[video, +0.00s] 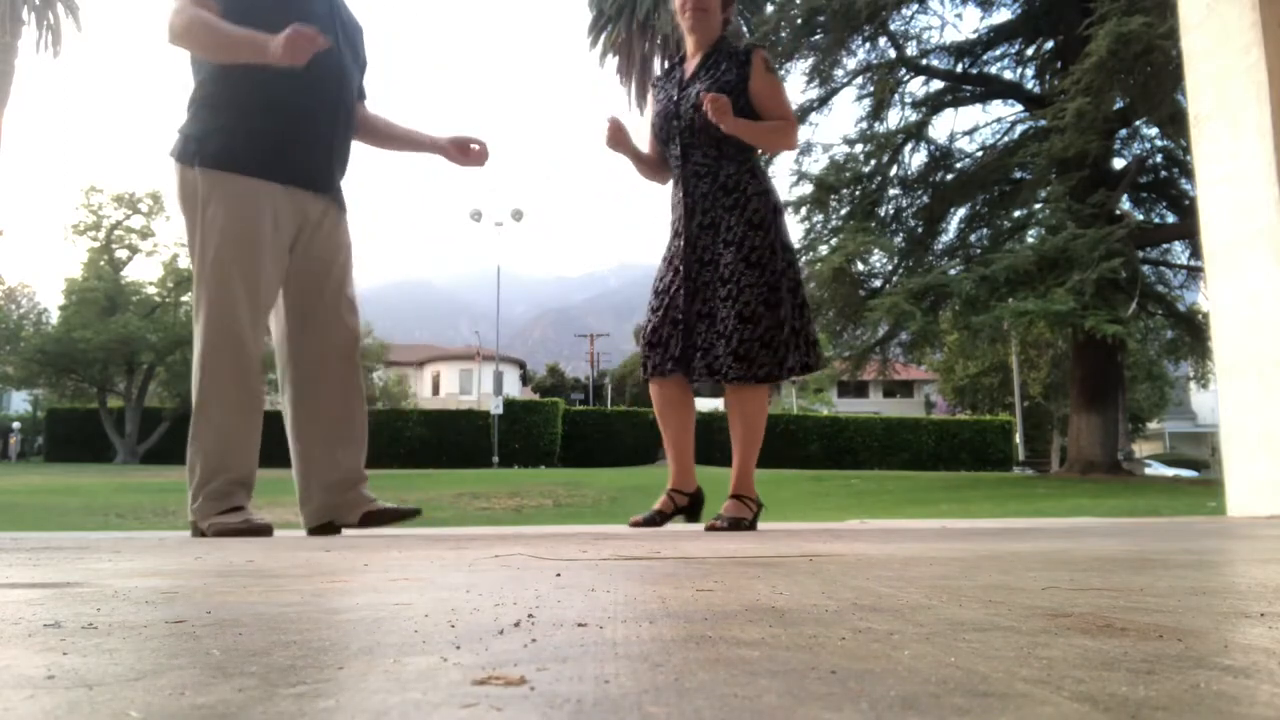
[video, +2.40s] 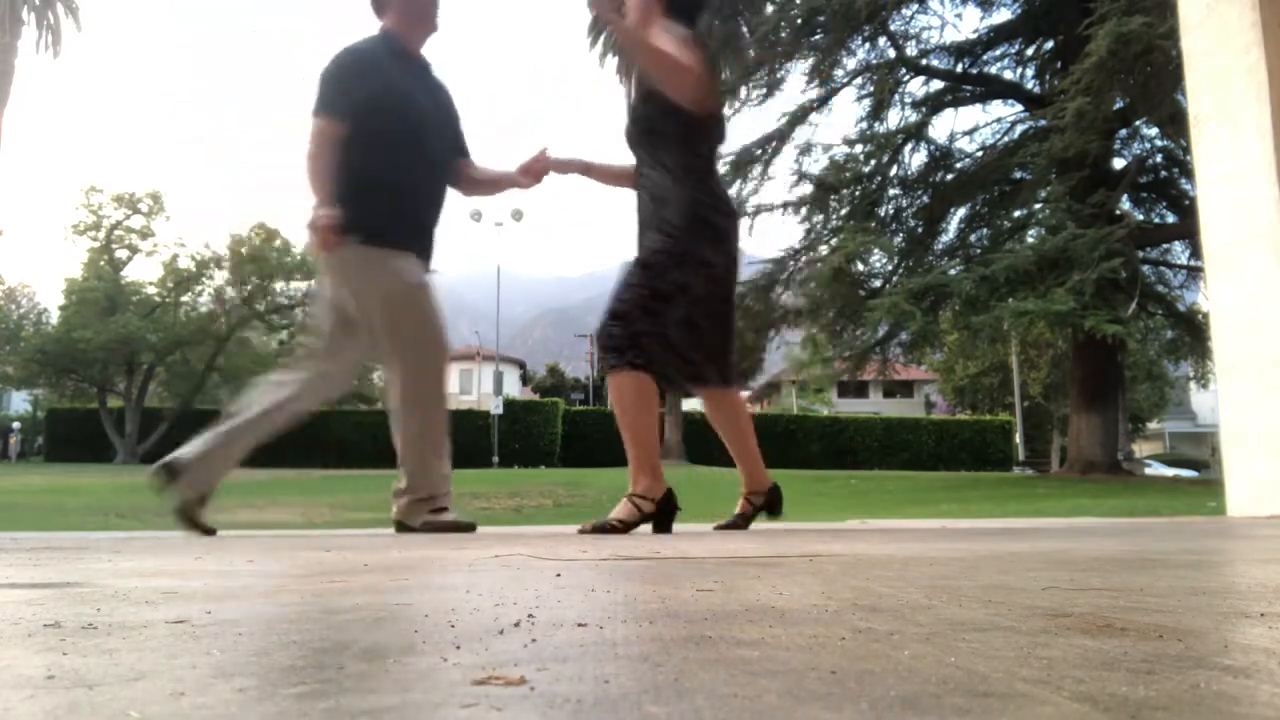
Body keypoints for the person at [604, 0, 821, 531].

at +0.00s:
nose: (690, 5)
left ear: (726, 7)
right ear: (671, 9)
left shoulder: (748, 61)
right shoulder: (666, 82)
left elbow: (787, 134)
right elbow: (661, 170)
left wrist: (733, 125)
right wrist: (628, 147)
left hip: (744, 223)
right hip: (689, 226)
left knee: (745, 350)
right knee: (663, 346)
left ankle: (742, 494)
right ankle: (682, 487)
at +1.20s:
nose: (661, 10)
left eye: (671, 2)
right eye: (659, 4)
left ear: (705, 5)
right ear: (665, 13)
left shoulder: (736, 62)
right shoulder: (657, 83)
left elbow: (782, 131)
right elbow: (604, 144)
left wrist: (762, 80)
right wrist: (560, 98)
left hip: (727, 221)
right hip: (674, 227)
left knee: (729, 348)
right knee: (668, 361)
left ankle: (767, 484)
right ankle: (687, 494)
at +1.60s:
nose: (688, 10)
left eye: (699, 1)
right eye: (689, 3)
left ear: (734, 7)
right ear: (707, 15)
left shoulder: (779, 58)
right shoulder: (703, 96)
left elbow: (832, 121)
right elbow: (640, 146)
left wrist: (769, 133)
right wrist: (563, 117)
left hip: (795, 228)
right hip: (744, 237)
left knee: (783, 352)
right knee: (696, 357)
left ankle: (833, 490)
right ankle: (684, 489)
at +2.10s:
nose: (690, 8)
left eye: (700, 1)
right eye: (691, 2)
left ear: (734, 6)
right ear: (708, 12)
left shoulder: (784, 61)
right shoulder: (702, 89)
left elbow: (842, 127)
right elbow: (652, 147)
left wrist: (826, 120)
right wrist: (588, 112)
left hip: (786, 217)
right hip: (736, 228)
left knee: (738, 321)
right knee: (735, 349)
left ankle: (779, 465)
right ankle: (763, 486)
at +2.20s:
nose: (676, 10)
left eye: (686, 3)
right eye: (678, 3)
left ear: (718, 9)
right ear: (699, 12)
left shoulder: (765, 63)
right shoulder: (692, 91)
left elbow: (818, 132)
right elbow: (649, 159)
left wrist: (811, 116)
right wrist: (581, 125)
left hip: (760, 223)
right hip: (719, 229)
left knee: (698, 330)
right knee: (733, 366)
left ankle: (705, 478)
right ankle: (764, 496)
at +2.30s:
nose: (653, 20)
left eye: (662, 9)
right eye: (655, 11)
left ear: (691, 12)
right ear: (677, 17)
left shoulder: (732, 67)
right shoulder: (682, 91)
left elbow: (776, 136)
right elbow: (649, 178)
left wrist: (743, 91)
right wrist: (578, 152)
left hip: (726, 238)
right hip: (696, 240)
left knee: (660, 343)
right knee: (726, 369)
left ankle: (654, 486)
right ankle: (762, 494)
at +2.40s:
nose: (616, 15)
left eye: (623, 8)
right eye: (615, 12)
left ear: (648, 3)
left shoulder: (670, 36)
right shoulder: (649, 66)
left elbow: (695, 84)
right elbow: (653, 176)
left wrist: (629, 33)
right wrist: (573, 166)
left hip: (687, 228)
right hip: (684, 229)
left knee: (622, 342)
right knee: (705, 363)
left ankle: (647, 490)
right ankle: (759, 487)